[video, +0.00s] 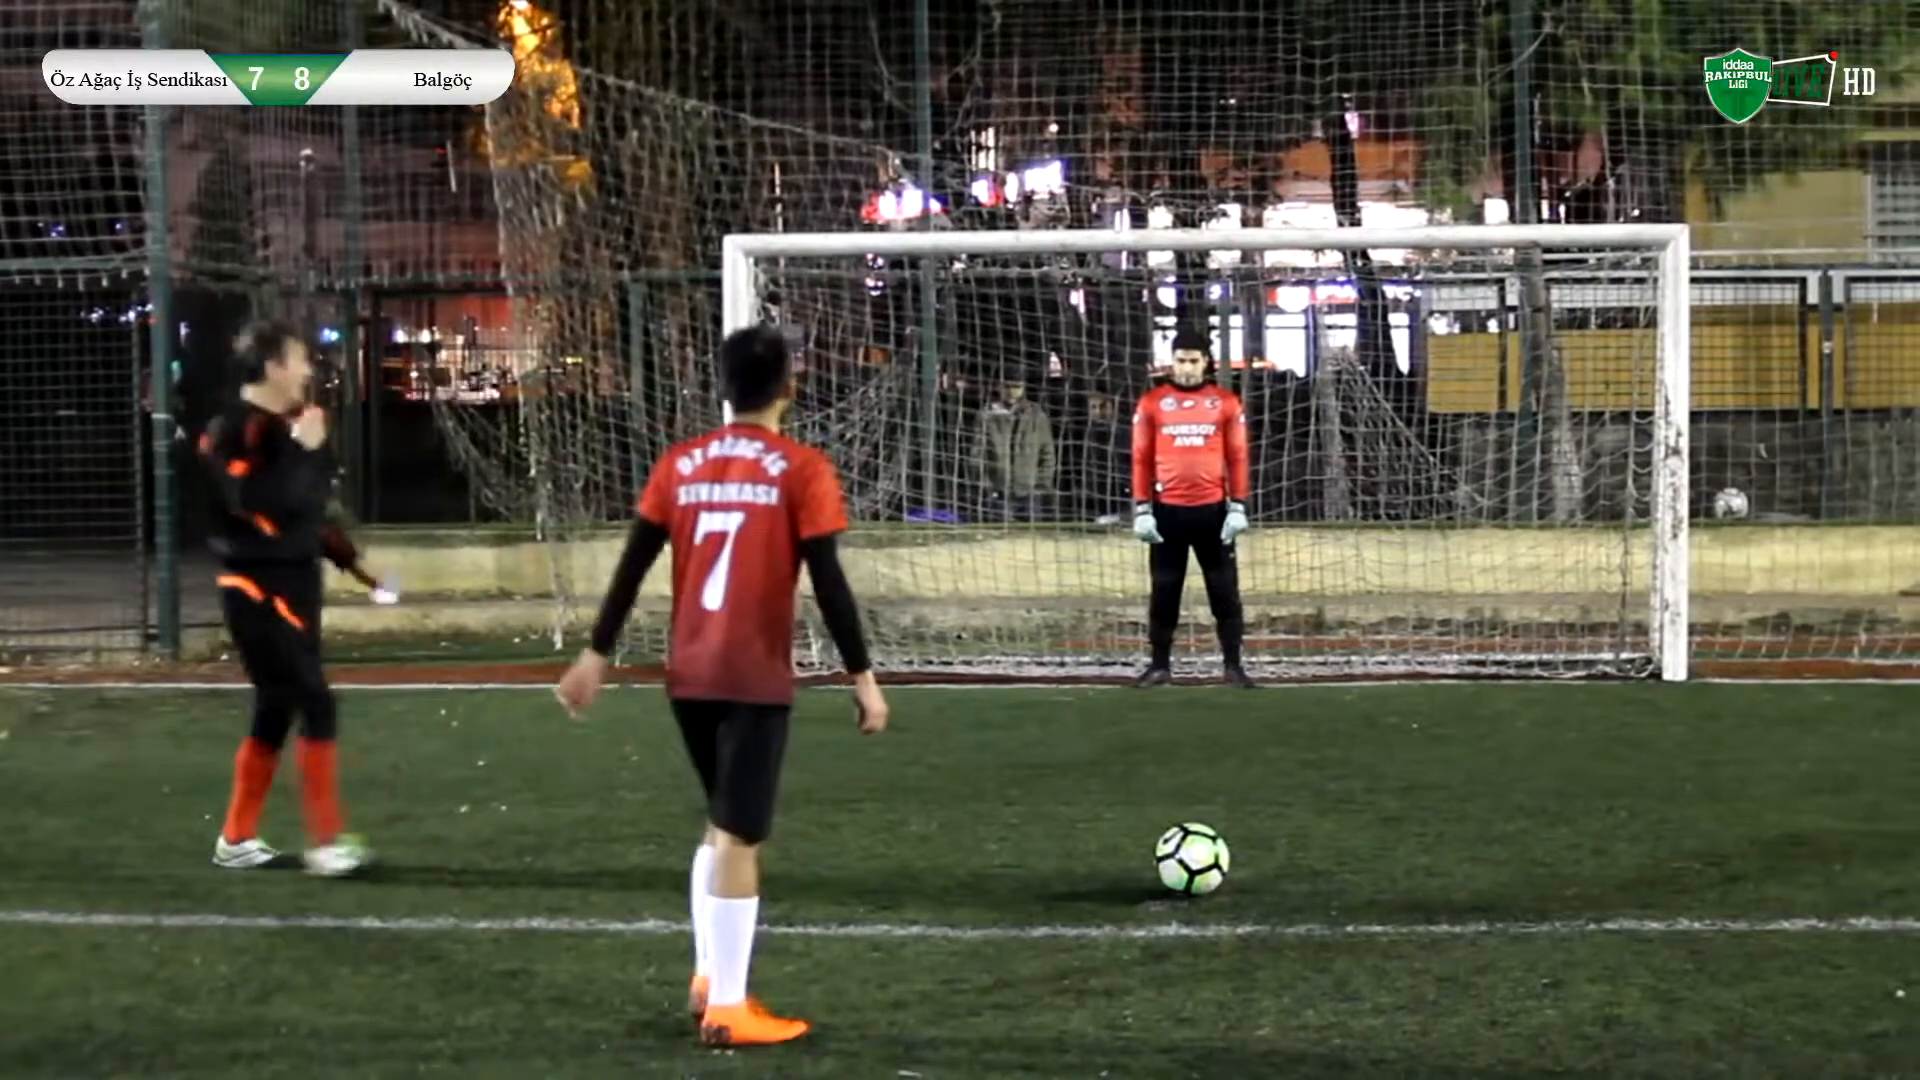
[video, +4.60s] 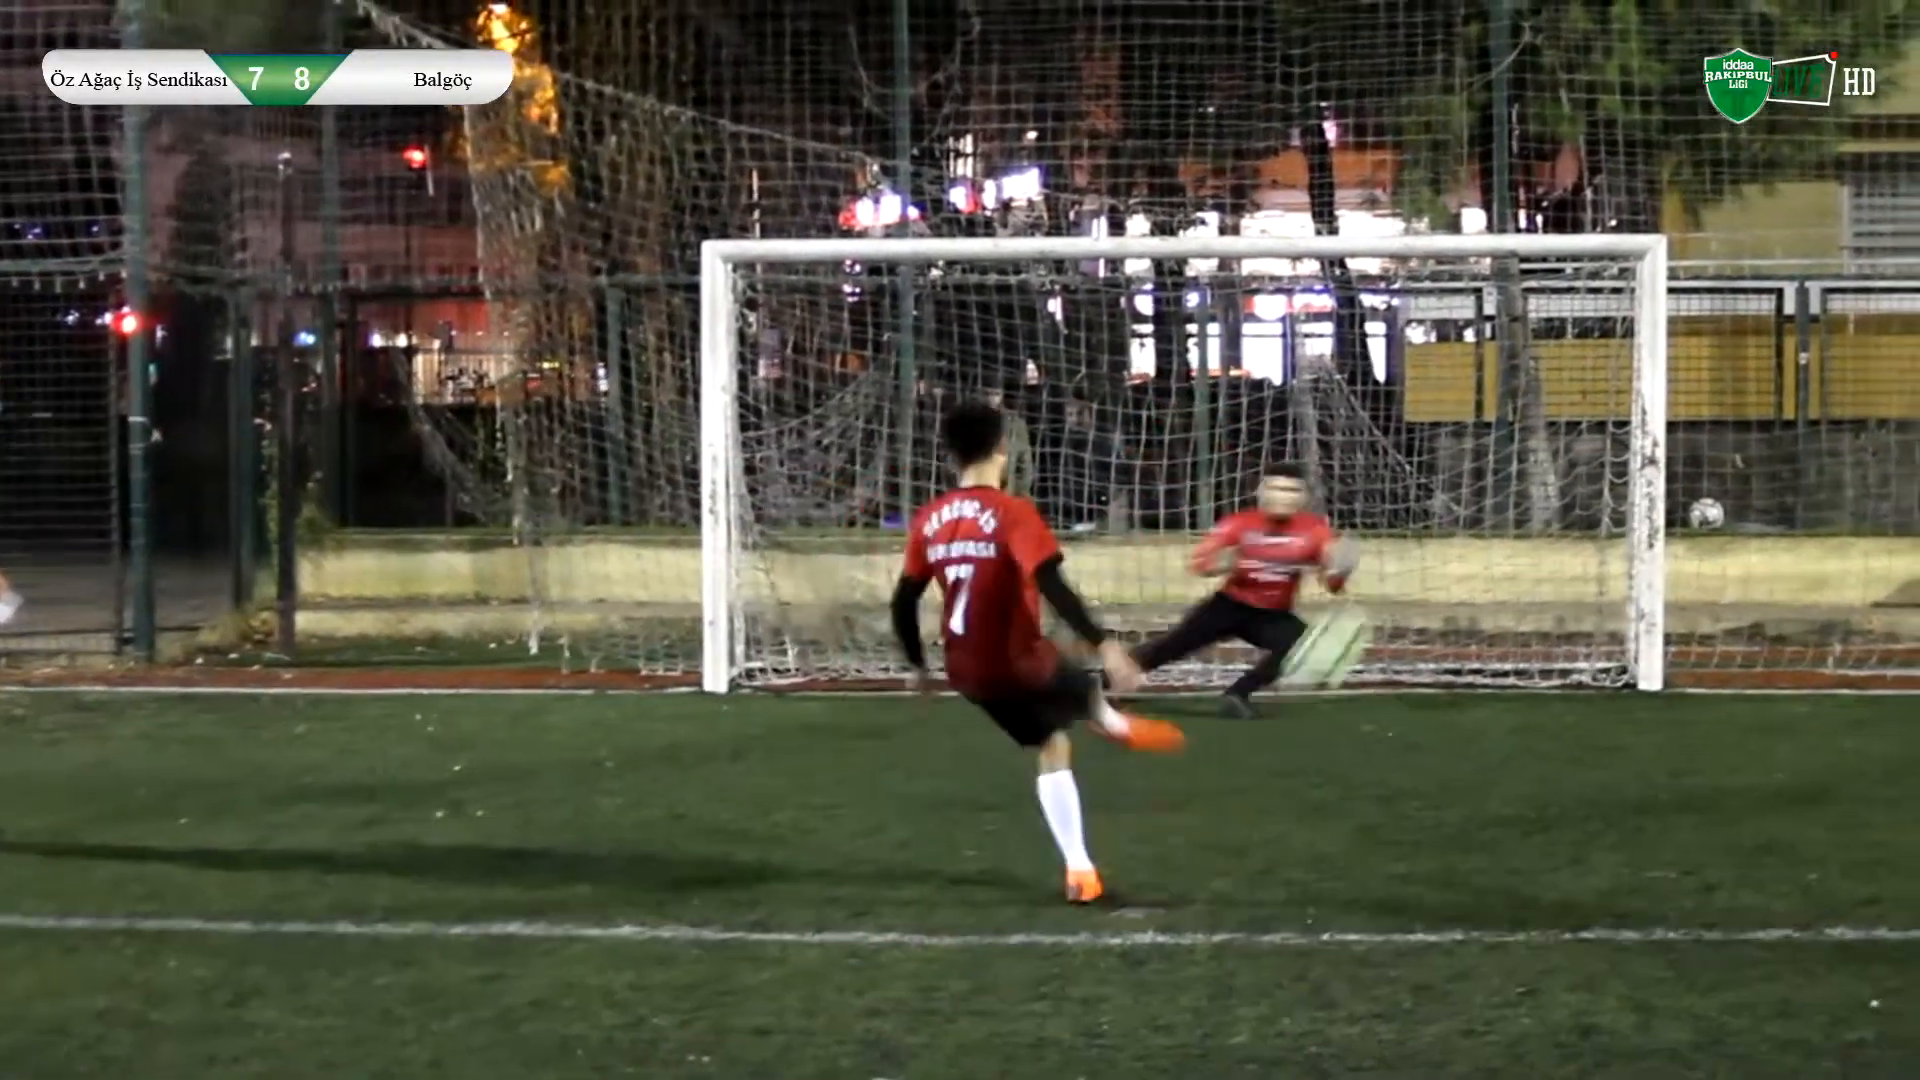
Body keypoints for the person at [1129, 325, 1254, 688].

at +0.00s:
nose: (1187, 368)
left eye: (1194, 360)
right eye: (1180, 360)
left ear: (1206, 363)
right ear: (1171, 364)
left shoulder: (1226, 402)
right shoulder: (1151, 403)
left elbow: (1238, 456)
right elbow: (1141, 458)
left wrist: (1238, 504)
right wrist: (1142, 507)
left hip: (1213, 509)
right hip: (1167, 510)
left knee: (1225, 592)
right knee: (1164, 592)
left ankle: (1233, 664)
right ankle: (1159, 664)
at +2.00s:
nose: (1188, 363)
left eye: (1195, 356)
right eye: (1182, 356)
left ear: (1209, 359)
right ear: (1174, 359)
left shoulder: (1229, 402)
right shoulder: (1154, 402)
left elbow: (1240, 456)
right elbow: (1144, 456)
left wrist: (1239, 505)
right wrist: (1146, 505)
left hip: (1216, 507)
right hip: (1169, 508)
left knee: (1228, 589)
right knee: (1166, 590)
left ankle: (1236, 662)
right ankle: (1162, 661)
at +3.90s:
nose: (1216, 378)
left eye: (1223, 371)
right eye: (1209, 370)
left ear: (1234, 375)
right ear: (1199, 373)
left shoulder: (1252, 418)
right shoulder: (1177, 413)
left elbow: (1271, 468)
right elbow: (1157, 460)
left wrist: (1286, 504)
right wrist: (1141, 495)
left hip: (1235, 523)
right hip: (1188, 521)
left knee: (1249, 596)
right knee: (1164, 592)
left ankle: (1256, 665)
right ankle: (1159, 661)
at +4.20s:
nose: (1205, 433)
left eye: (1212, 425)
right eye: (1198, 425)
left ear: (1225, 427)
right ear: (1189, 428)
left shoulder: (1250, 458)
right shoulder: (1179, 461)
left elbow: (1279, 500)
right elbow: (1148, 496)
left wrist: (1309, 540)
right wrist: (1112, 524)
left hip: (1246, 546)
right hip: (1199, 546)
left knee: (1270, 593)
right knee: (1160, 602)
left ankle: (1235, 657)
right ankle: (1114, 674)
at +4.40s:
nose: (1217, 488)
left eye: (1224, 479)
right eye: (1210, 480)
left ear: (1237, 482)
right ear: (1199, 484)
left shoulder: (1255, 512)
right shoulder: (1188, 512)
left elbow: (1283, 539)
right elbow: (1157, 543)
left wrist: (1300, 564)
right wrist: (1123, 566)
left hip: (1247, 585)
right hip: (1201, 581)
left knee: (1278, 608)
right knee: (1154, 620)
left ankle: (1248, 680)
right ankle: (1104, 681)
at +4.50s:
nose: (1235, 495)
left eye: (1245, 488)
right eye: (1229, 486)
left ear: (1259, 495)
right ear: (1219, 489)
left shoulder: (1270, 524)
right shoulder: (1203, 520)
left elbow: (1296, 555)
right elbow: (1179, 548)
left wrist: (1313, 576)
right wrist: (1149, 564)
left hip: (1254, 601)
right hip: (1209, 595)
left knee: (1283, 631)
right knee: (1155, 627)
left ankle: (1240, 692)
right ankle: (1098, 687)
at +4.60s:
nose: (1282, 498)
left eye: (1291, 491)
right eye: (1275, 490)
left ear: (1303, 497)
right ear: (1262, 493)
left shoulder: (1314, 530)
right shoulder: (1242, 525)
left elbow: (1333, 585)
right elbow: (1199, 562)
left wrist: (1340, 568)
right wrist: (1222, 564)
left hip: (1272, 616)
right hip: (1229, 608)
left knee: (1300, 639)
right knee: (1180, 642)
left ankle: (1238, 694)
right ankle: (1112, 674)